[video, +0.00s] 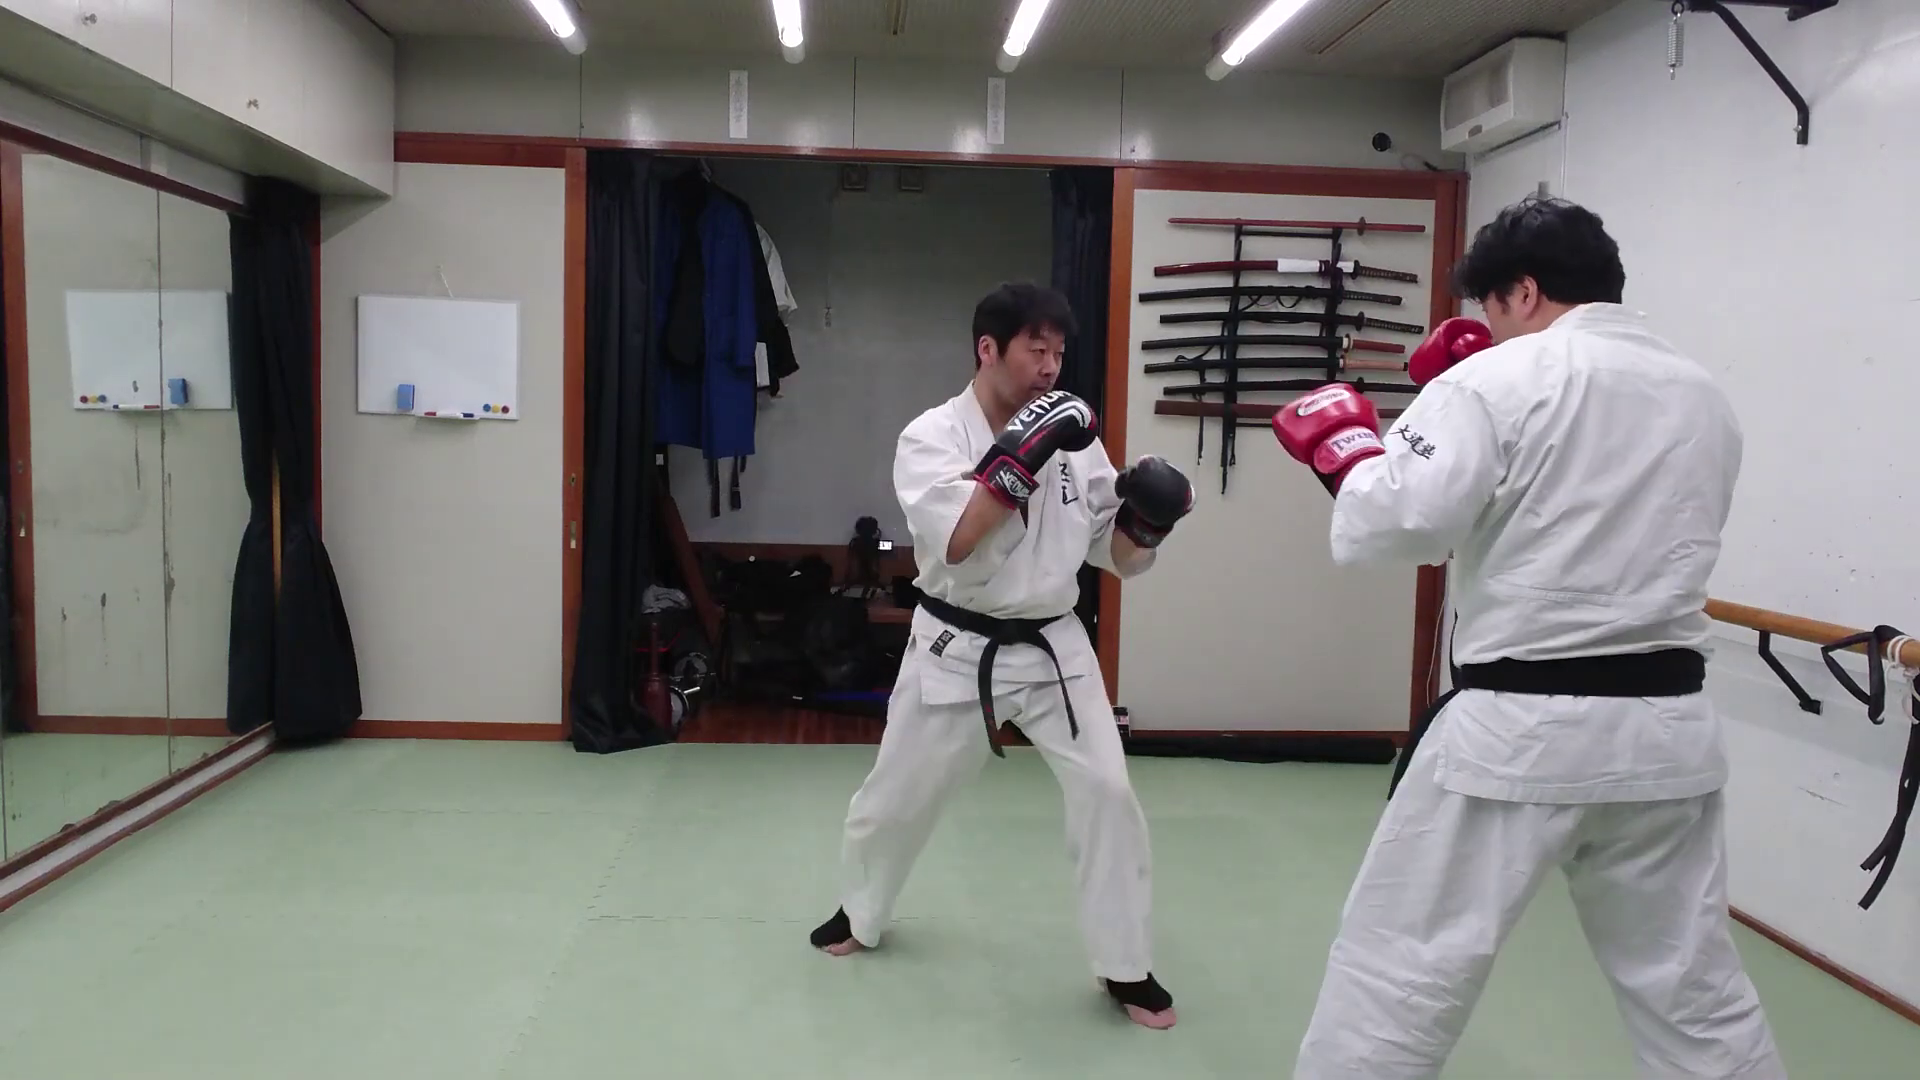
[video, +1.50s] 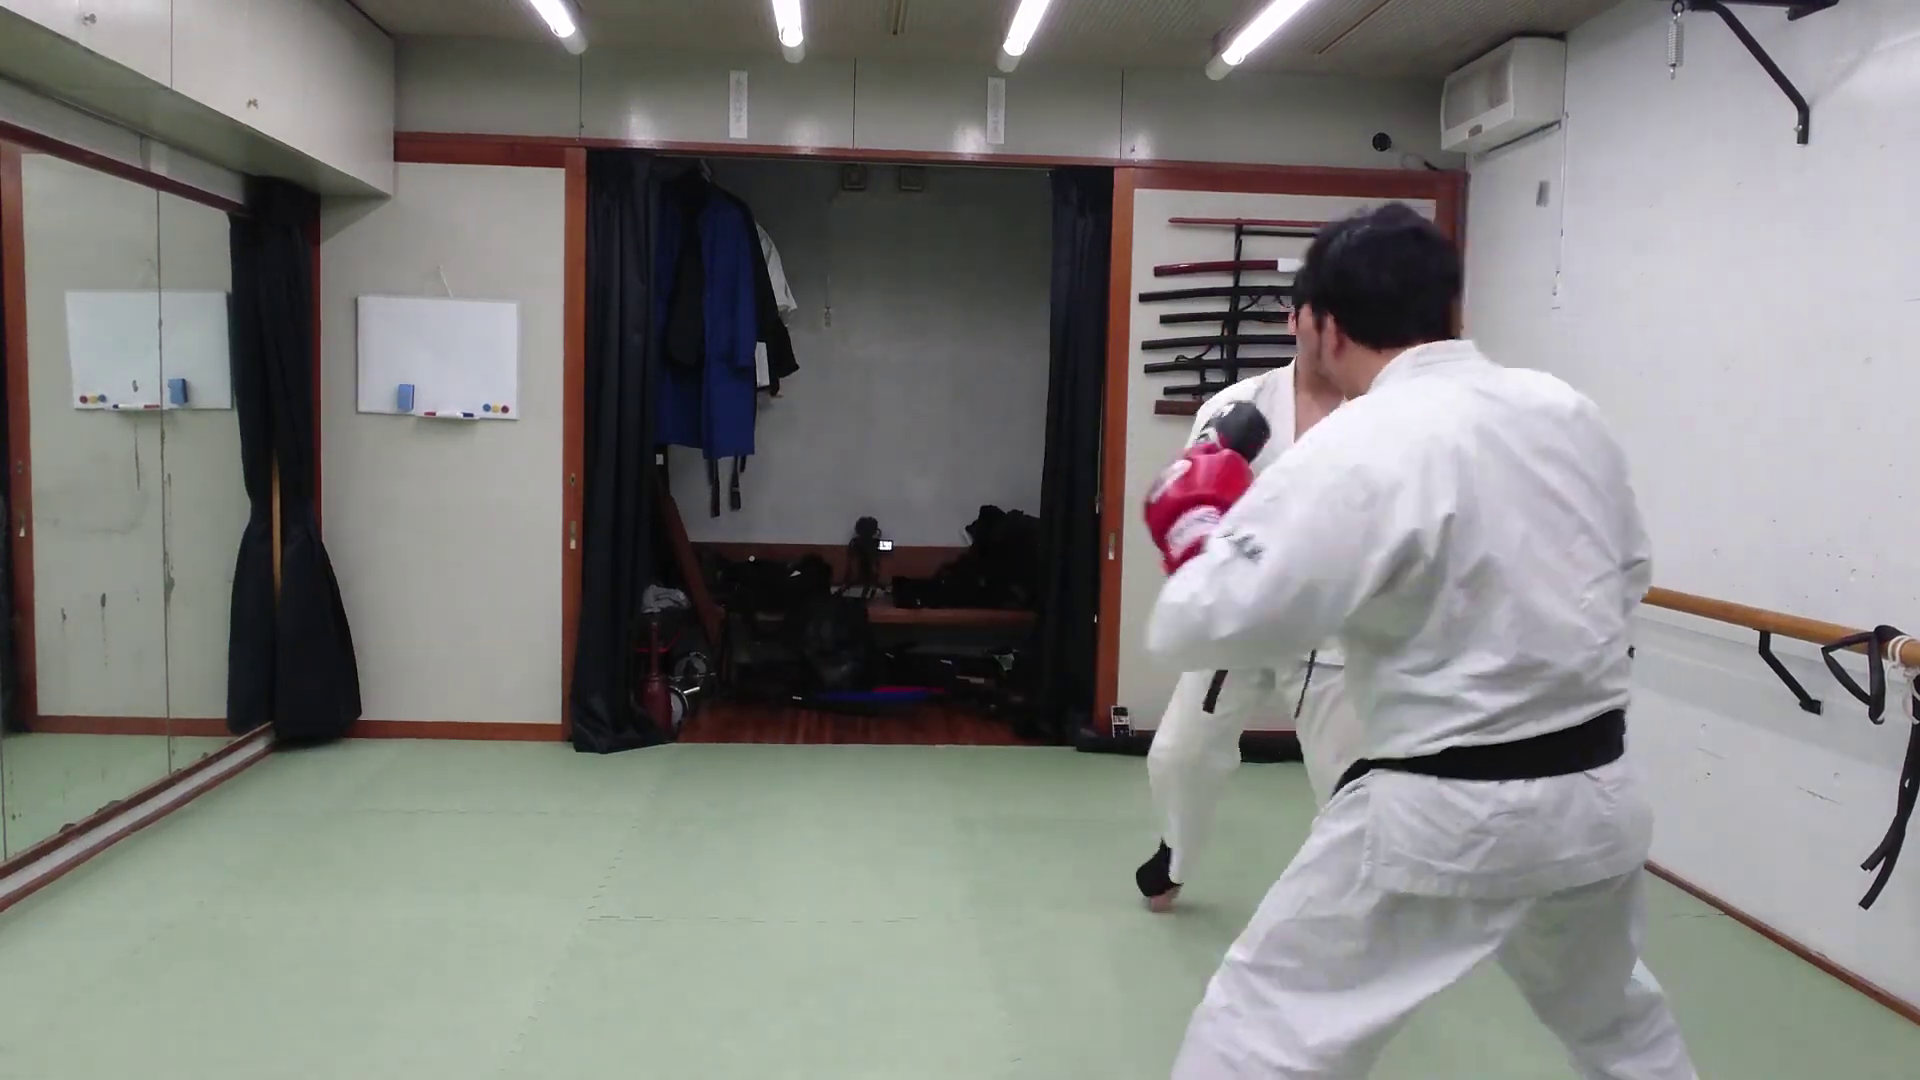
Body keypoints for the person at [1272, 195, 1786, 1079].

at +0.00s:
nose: (1488, 331)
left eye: (1489, 308)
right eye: (1483, 312)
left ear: (1528, 291)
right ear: (1606, 286)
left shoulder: (1494, 386)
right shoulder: (1706, 397)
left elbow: (1394, 516)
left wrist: (1350, 449)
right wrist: (1485, 383)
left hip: (1516, 731)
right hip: (1671, 730)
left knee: (1393, 988)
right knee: (1698, 998)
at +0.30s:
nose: (1543, 337)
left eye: (1545, 315)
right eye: (1538, 319)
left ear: (1591, 300)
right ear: (1672, 291)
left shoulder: (1573, 386)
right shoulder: (1779, 402)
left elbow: (1496, 542)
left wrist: (1420, 473)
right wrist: (1566, 359)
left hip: (1574, 755)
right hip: (1735, 764)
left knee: (1418, 1003)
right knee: (1744, 1028)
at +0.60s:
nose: (1488, 326)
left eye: (1490, 301)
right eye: (1483, 304)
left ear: (1543, 288)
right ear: (1560, 285)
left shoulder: (1613, 408)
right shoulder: (1646, 375)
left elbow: (1464, 520)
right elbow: (1564, 480)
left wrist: (1378, 442)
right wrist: (1469, 451)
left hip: (1560, 760)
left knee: (1421, 966)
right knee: (1437, 784)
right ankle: (1621, 934)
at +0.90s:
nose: (1441, 339)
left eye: (1442, 318)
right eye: (1436, 319)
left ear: (1491, 315)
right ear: (1566, 296)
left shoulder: (1595, 440)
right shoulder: (1568, 393)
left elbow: (1452, 596)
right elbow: (1478, 527)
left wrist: (1363, 495)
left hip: (1513, 761)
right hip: (1463, 689)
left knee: (1392, 982)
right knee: (1324, 692)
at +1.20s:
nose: (1435, 296)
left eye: (1433, 272)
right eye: (1431, 274)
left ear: (1467, 269)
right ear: (1559, 254)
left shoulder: (1530, 387)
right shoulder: (1630, 369)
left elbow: (1565, 578)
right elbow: (1576, 503)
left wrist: (1406, 579)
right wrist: (1435, 439)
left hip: (1502, 758)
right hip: (1618, 741)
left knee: (1414, 1016)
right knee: (1611, 971)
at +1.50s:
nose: (1298, 340)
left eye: (1298, 319)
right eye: (1297, 320)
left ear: (1324, 323)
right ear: (1448, 306)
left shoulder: (1366, 446)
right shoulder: (1568, 410)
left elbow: (1227, 619)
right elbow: (1631, 572)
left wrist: (1192, 529)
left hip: (1434, 822)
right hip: (1597, 801)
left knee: (1258, 1018)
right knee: (1620, 1019)